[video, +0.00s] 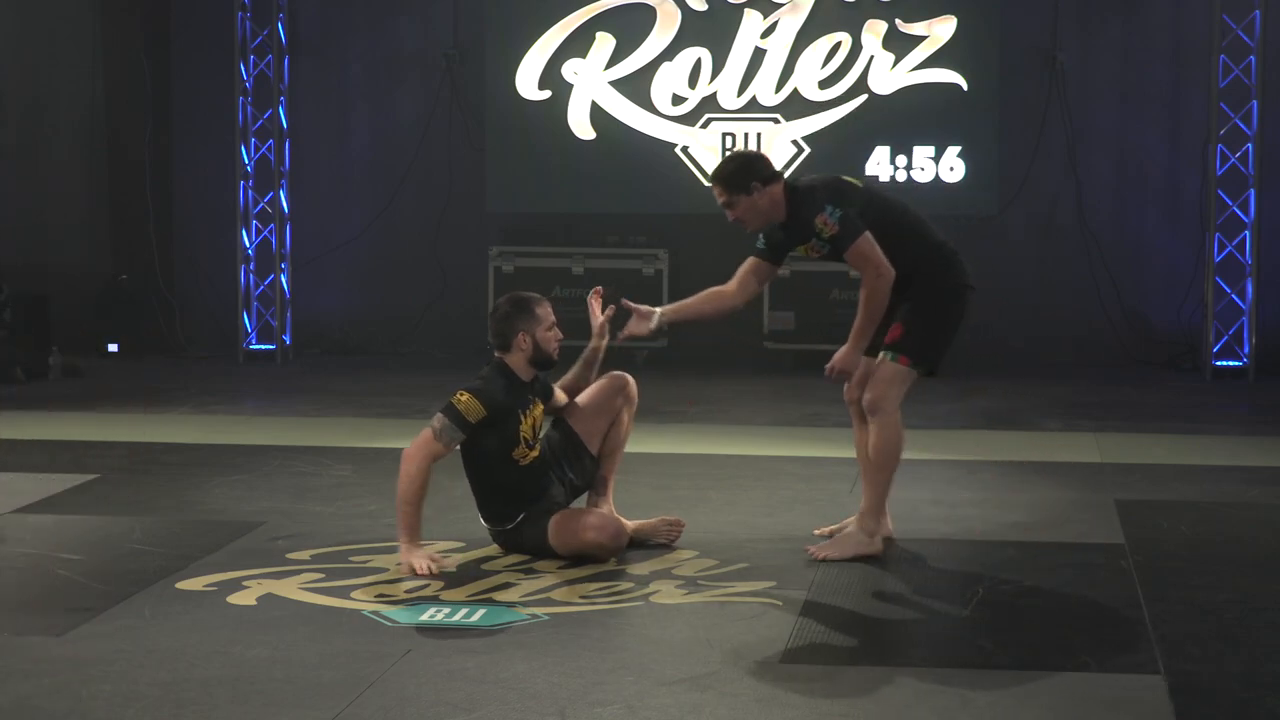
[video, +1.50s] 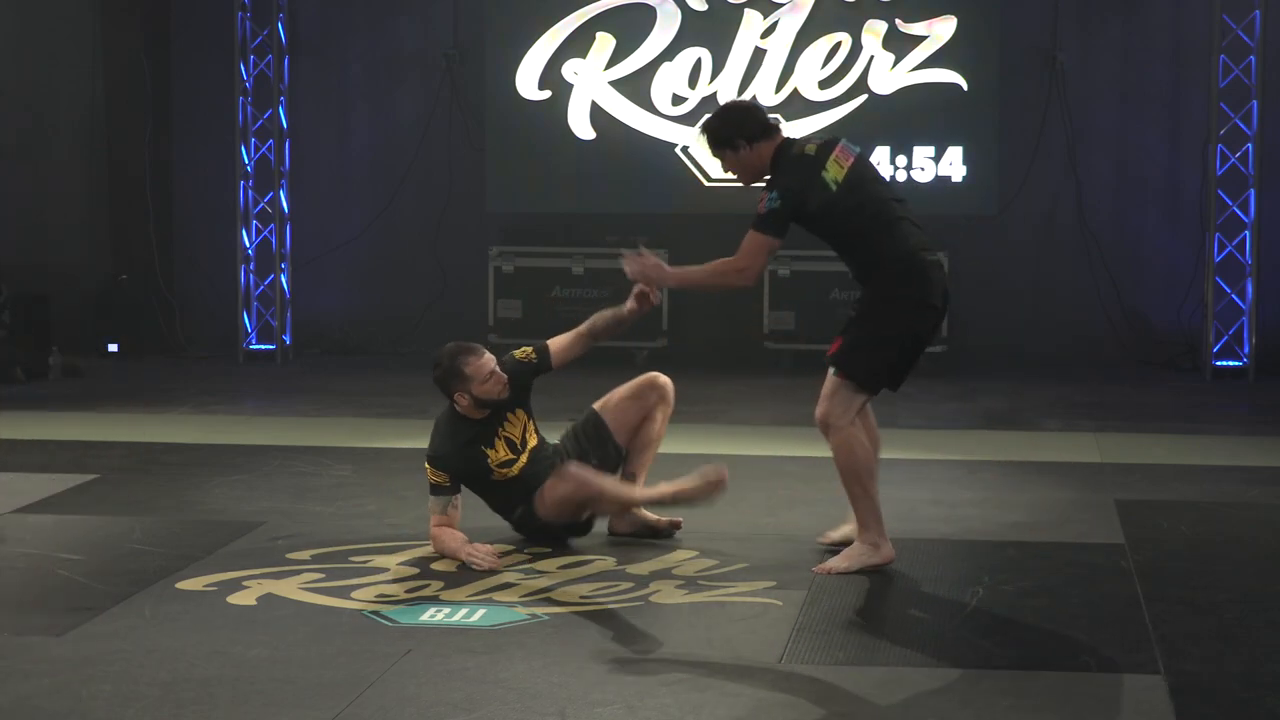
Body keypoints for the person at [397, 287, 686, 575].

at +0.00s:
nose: (559, 335)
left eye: (556, 327)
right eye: (551, 329)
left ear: (524, 341)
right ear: (523, 341)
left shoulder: (532, 377)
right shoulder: (483, 396)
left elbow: (566, 399)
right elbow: (416, 456)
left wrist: (598, 341)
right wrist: (409, 547)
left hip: (548, 469)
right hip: (520, 519)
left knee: (621, 385)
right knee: (598, 530)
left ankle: (601, 506)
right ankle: (630, 533)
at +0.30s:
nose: (532, 336)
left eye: (528, 328)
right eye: (521, 330)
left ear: (496, 345)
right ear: (494, 345)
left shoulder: (505, 384)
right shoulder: (451, 403)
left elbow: (544, 389)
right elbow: (397, 468)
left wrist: (598, 341)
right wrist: (394, 553)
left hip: (527, 472)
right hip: (509, 523)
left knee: (596, 385)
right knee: (606, 503)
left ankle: (555, 496)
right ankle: (628, 531)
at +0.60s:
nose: (531, 334)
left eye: (527, 326)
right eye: (521, 328)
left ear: (496, 342)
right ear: (492, 343)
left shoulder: (510, 376)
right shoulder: (448, 401)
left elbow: (555, 385)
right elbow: (402, 472)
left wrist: (617, 343)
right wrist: (394, 553)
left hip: (530, 469)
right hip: (508, 520)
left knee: (604, 392)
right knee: (595, 504)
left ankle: (558, 510)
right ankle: (637, 525)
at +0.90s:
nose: (531, 345)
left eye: (527, 336)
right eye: (521, 339)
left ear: (500, 348)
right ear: (490, 352)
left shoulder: (518, 368)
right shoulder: (449, 405)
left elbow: (597, 366)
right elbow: (395, 478)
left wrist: (674, 363)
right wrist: (392, 552)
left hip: (520, 467)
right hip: (503, 514)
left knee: (599, 393)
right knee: (625, 484)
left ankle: (562, 519)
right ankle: (717, 491)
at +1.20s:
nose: (513, 365)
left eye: (508, 356)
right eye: (501, 362)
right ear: (474, 381)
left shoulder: (519, 380)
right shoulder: (460, 444)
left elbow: (604, 349)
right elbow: (437, 518)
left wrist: (666, 309)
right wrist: (460, 548)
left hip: (586, 487)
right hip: (569, 520)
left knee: (667, 398)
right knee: (598, 404)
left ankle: (621, 511)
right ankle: (692, 332)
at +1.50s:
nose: (503, 377)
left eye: (498, 367)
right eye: (490, 378)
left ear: (496, 360)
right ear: (462, 398)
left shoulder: (512, 370)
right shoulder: (447, 446)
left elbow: (584, 335)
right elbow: (441, 529)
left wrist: (627, 311)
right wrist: (465, 549)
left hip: (566, 462)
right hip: (537, 513)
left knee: (657, 387)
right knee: (574, 478)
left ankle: (626, 513)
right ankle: (673, 493)